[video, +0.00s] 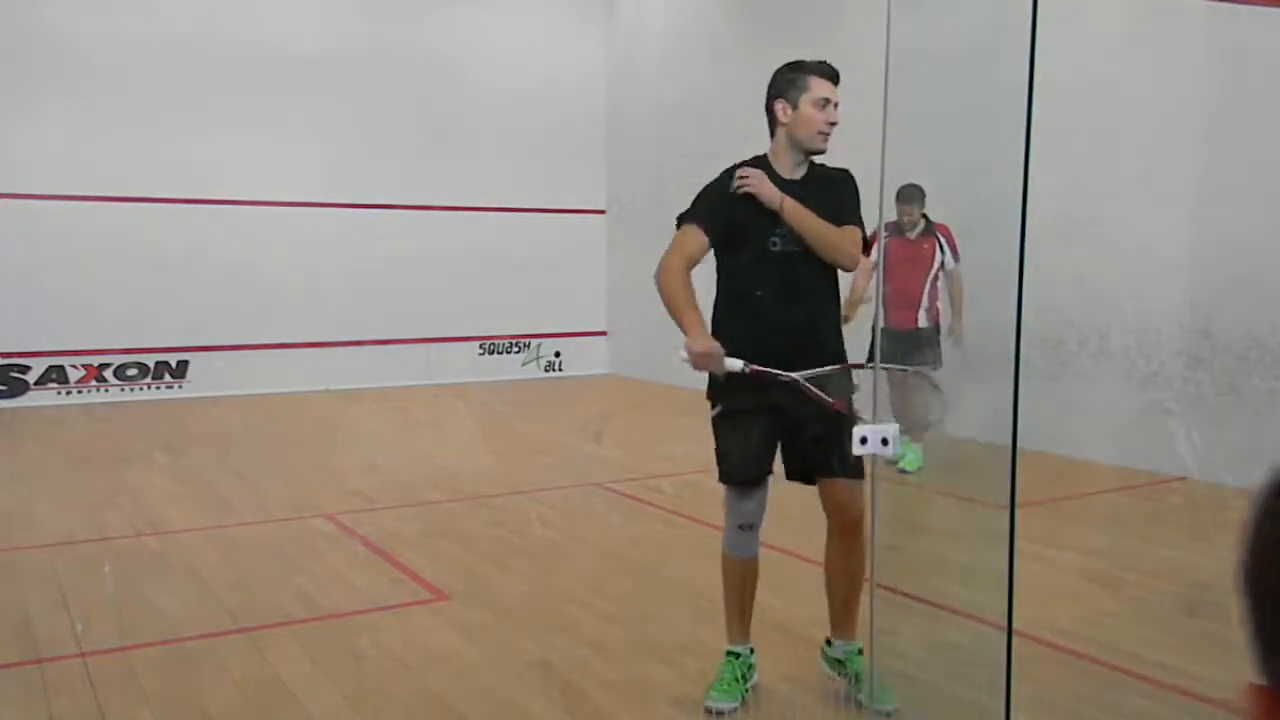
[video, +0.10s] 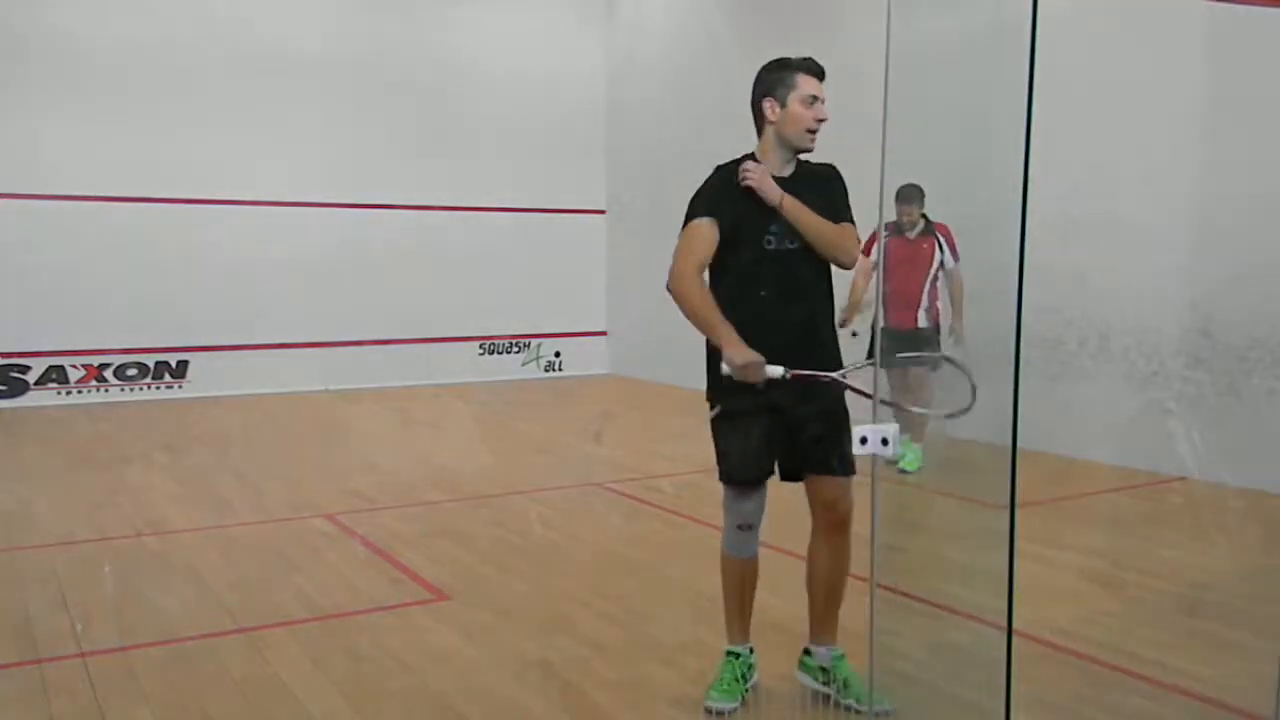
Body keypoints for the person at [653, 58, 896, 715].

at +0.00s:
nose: (833, 117)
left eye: (836, 107)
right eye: (822, 105)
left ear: (825, 117)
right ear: (781, 111)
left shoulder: (835, 184)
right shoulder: (734, 185)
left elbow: (849, 253)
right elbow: (671, 267)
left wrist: (778, 199)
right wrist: (697, 334)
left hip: (821, 373)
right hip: (745, 375)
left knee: (848, 509)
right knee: (743, 517)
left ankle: (843, 648)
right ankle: (738, 655)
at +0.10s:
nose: (820, 114)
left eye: (822, 103)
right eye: (809, 102)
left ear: (794, 114)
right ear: (769, 109)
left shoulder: (824, 181)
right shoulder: (725, 184)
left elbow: (846, 251)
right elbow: (683, 277)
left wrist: (779, 197)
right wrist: (732, 345)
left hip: (817, 377)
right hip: (744, 380)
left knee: (835, 511)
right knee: (743, 518)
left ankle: (821, 654)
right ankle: (738, 655)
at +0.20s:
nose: (812, 113)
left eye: (813, 102)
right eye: (800, 102)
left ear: (794, 112)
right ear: (760, 108)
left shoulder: (815, 182)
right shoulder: (719, 187)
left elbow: (849, 253)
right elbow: (691, 281)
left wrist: (782, 201)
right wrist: (763, 343)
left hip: (813, 375)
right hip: (742, 382)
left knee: (823, 510)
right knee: (743, 517)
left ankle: (818, 657)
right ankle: (738, 655)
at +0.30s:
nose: (807, 111)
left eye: (807, 101)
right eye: (795, 101)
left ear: (791, 111)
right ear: (755, 109)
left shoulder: (814, 182)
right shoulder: (719, 188)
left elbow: (852, 262)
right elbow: (693, 286)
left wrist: (796, 206)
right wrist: (772, 340)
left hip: (814, 372)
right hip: (742, 381)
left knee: (833, 506)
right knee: (743, 517)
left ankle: (825, 648)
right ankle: (738, 654)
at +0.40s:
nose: (809, 110)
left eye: (810, 100)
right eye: (797, 100)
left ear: (796, 111)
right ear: (757, 110)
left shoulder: (818, 183)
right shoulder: (721, 191)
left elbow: (859, 273)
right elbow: (691, 292)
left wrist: (820, 224)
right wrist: (770, 347)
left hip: (819, 372)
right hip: (745, 382)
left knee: (849, 500)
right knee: (744, 518)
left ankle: (834, 638)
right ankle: (738, 654)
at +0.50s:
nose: (819, 110)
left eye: (820, 100)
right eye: (806, 100)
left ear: (806, 113)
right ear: (766, 111)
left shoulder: (829, 186)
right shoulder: (723, 196)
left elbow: (865, 276)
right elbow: (693, 295)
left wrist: (836, 243)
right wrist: (756, 352)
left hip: (824, 370)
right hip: (749, 380)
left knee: (856, 500)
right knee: (748, 518)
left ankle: (851, 629)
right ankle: (739, 653)